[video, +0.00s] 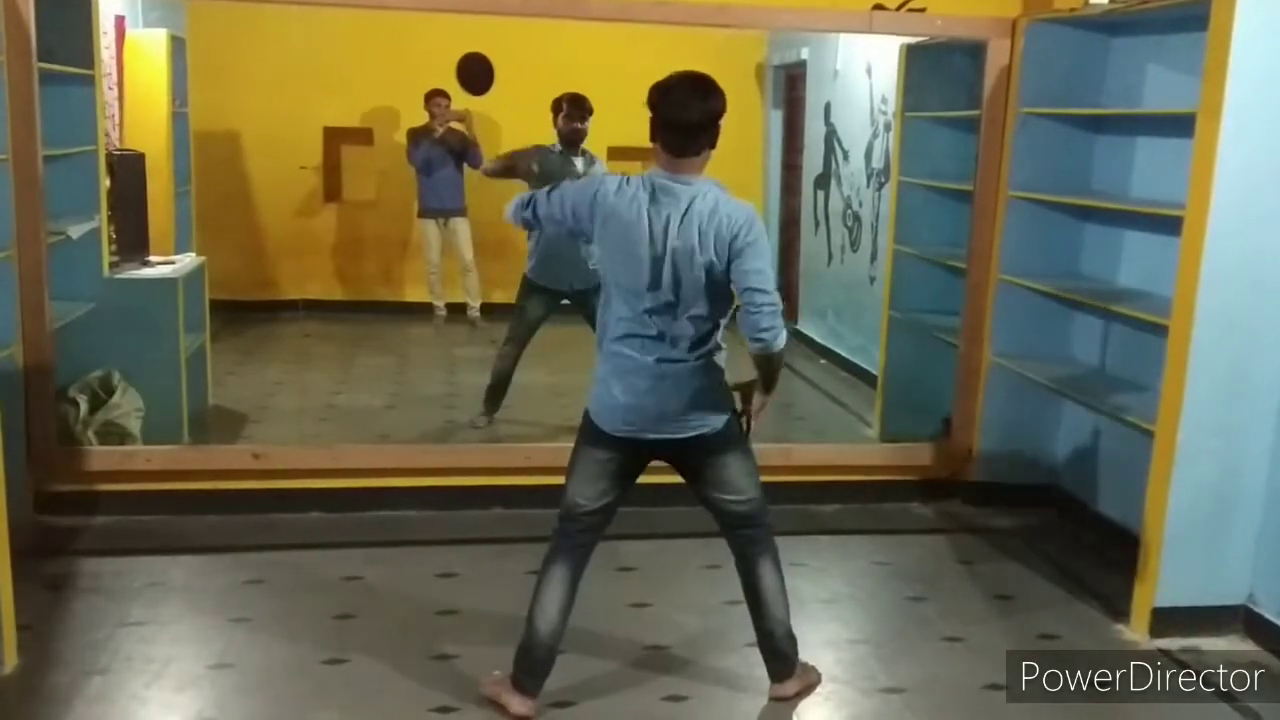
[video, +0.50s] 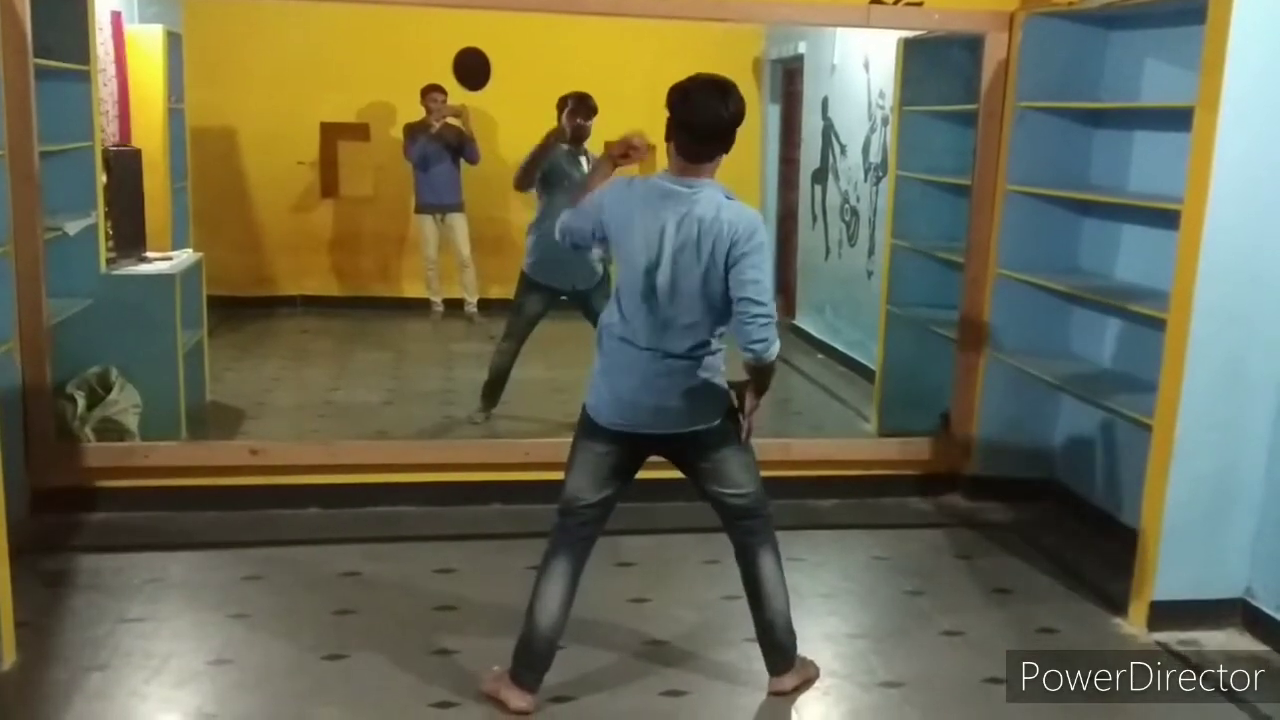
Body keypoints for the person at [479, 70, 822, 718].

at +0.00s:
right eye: (718, 126)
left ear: (652, 130)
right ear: (717, 135)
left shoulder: (606, 198)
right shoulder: (737, 220)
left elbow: (522, 210)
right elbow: (763, 330)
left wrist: (546, 188)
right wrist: (768, 380)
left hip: (617, 408)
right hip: (699, 410)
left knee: (571, 544)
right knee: (752, 539)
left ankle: (523, 688)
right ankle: (784, 673)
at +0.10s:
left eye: (674, 125)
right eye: (726, 130)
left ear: (662, 132)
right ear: (727, 139)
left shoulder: (612, 197)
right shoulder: (741, 225)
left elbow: (534, 213)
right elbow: (760, 341)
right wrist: (759, 387)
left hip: (616, 407)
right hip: (696, 411)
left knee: (569, 541)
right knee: (752, 532)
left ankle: (523, 686)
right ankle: (784, 671)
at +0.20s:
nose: (732, 147)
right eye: (735, 139)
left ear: (672, 137)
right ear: (735, 147)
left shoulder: (613, 195)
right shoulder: (745, 227)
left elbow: (543, 242)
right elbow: (761, 343)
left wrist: (541, 201)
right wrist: (751, 395)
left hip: (615, 405)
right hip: (697, 410)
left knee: (569, 537)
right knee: (753, 528)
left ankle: (523, 685)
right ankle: (784, 669)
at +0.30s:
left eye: (677, 130)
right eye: (733, 141)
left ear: (675, 136)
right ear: (737, 150)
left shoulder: (617, 200)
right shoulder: (745, 227)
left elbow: (548, 264)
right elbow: (760, 344)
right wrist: (744, 398)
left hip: (614, 405)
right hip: (697, 410)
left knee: (567, 535)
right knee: (754, 527)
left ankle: (521, 684)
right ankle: (784, 668)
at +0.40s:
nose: (676, 136)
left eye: (676, 126)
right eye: (729, 134)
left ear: (672, 132)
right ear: (735, 142)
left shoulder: (621, 199)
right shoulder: (743, 224)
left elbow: (571, 260)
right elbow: (757, 341)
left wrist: (604, 307)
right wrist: (748, 392)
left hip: (613, 402)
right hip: (695, 408)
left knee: (569, 535)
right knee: (752, 528)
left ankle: (522, 684)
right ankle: (783, 667)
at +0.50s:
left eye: (674, 126)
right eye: (727, 131)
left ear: (668, 132)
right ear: (732, 140)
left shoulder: (623, 197)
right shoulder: (741, 225)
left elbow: (565, 235)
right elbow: (756, 338)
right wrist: (757, 386)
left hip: (615, 401)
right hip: (695, 407)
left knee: (571, 536)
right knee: (752, 528)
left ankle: (521, 683)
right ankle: (783, 667)